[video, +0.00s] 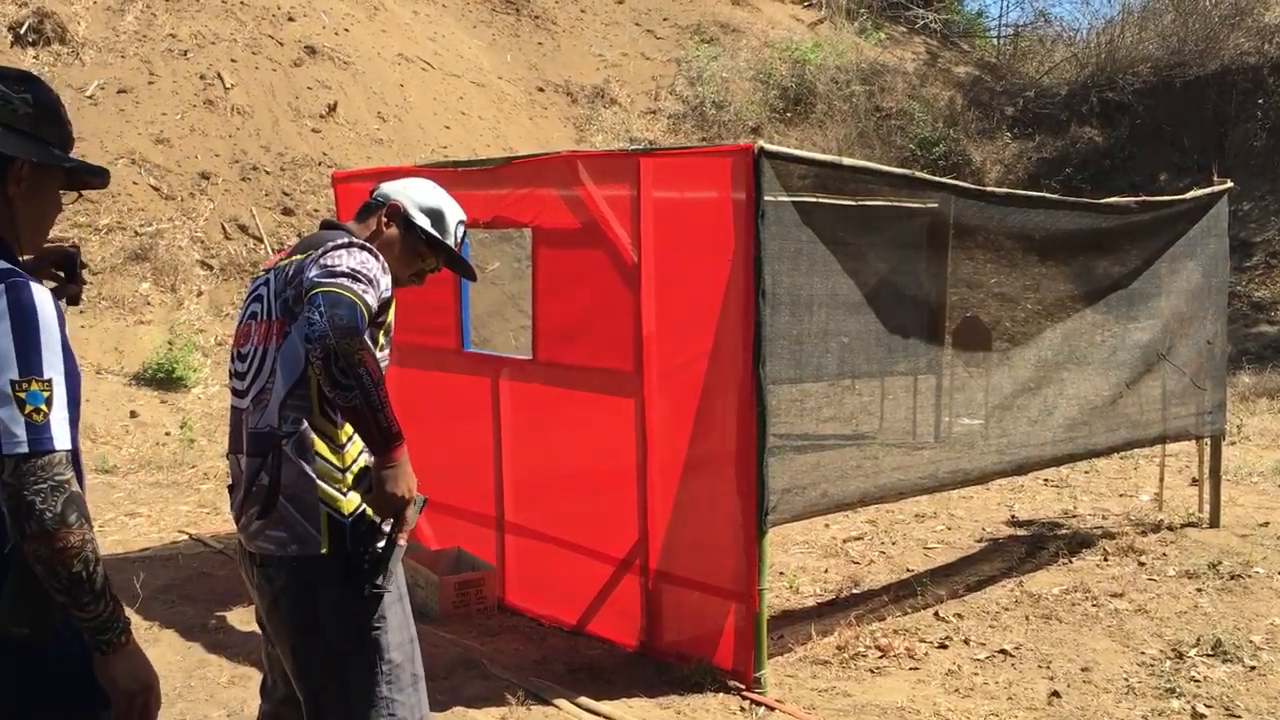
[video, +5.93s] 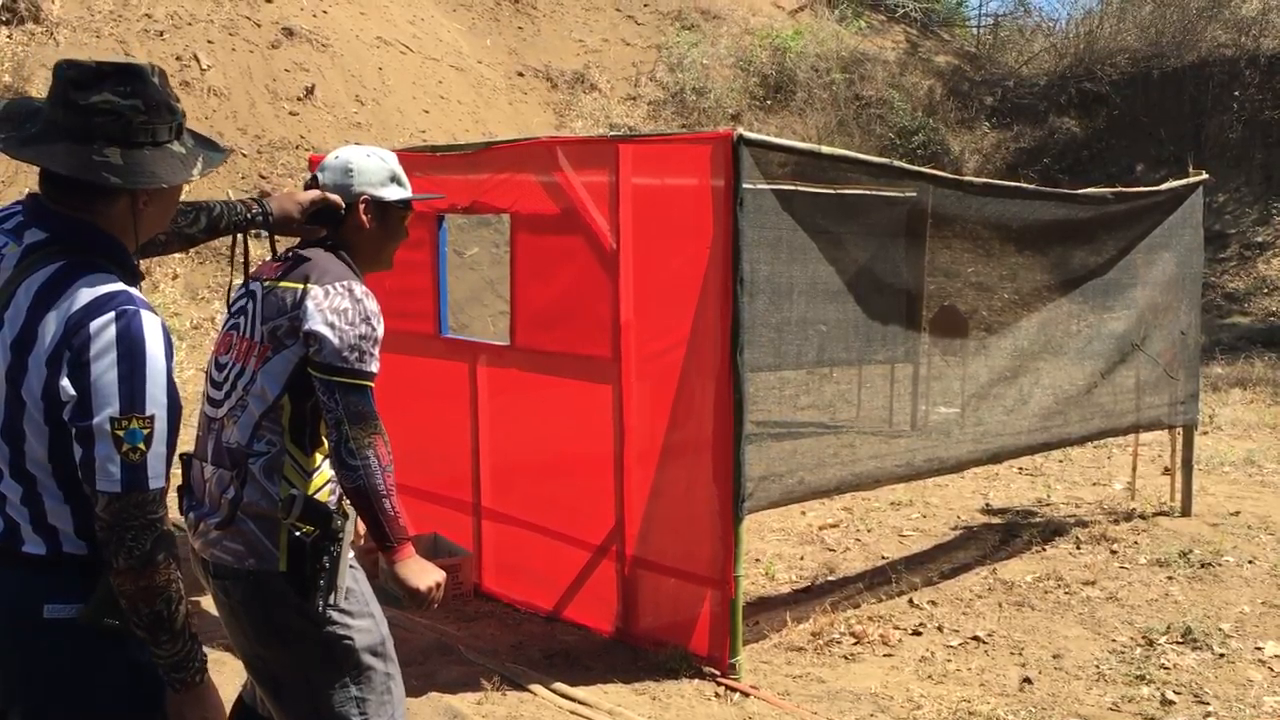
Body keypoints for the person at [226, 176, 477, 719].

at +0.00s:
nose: (422, 276)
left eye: (432, 267)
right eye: (421, 256)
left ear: (378, 224)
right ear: (386, 222)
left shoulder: (281, 271)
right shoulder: (355, 259)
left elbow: (262, 411)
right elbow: (334, 334)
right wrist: (392, 456)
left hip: (276, 544)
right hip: (333, 544)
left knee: (293, 706)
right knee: (383, 707)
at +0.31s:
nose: (424, 276)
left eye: (435, 268)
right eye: (425, 256)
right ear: (393, 220)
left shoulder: (281, 269)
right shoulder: (358, 255)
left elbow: (259, 407)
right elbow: (336, 333)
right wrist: (395, 453)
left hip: (278, 543)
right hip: (336, 542)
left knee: (295, 704)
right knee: (385, 706)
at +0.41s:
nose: (424, 276)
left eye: (435, 268)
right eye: (426, 257)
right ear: (395, 219)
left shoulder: (281, 268)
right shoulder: (358, 252)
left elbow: (256, 407)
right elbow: (332, 326)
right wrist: (382, 451)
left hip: (278, 540)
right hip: (335, 539)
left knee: (293, 705)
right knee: (385, 707)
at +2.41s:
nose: (401, 233)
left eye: (406, 218)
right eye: (399, 215)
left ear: (349, 198)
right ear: (363, 200)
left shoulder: (261, 254)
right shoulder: (321, 269)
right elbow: (326, 396)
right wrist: (431, 470)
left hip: (229, 525)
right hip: (286, 533)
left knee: (264, 692)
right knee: (348, 703)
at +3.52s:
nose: (391, 223)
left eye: (391, 208)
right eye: (386, 207)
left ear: (310, 202)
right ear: (349, 207)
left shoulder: (253, 267)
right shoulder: (324, 290)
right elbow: (338, 438)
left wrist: (314, 516)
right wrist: (385, 551)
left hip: (207, 528)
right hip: (266, 543)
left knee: (265, 683)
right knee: (353, 700)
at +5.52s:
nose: (408, 227)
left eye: (409, 212)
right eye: (401, 211)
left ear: (338, 209)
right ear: (363, 211)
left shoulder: (271, 274)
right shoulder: (342, 293)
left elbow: (276, 414)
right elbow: (356, 437)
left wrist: (339, 506)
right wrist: (405, 549)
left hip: (228, 530)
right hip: (285, 544)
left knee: (282, 688)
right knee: (370, 700)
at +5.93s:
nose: (409, 230)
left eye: (409, 215)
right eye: (401, 214)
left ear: (340, 212)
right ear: (362, 213)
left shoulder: (270, 275)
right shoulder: (343, 295)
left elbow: (274, 420)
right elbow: (356, 441)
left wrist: (339, 514)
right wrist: (403, 552)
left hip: (226, 532)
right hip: (284, 546)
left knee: (281, 689)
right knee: (370, 702)